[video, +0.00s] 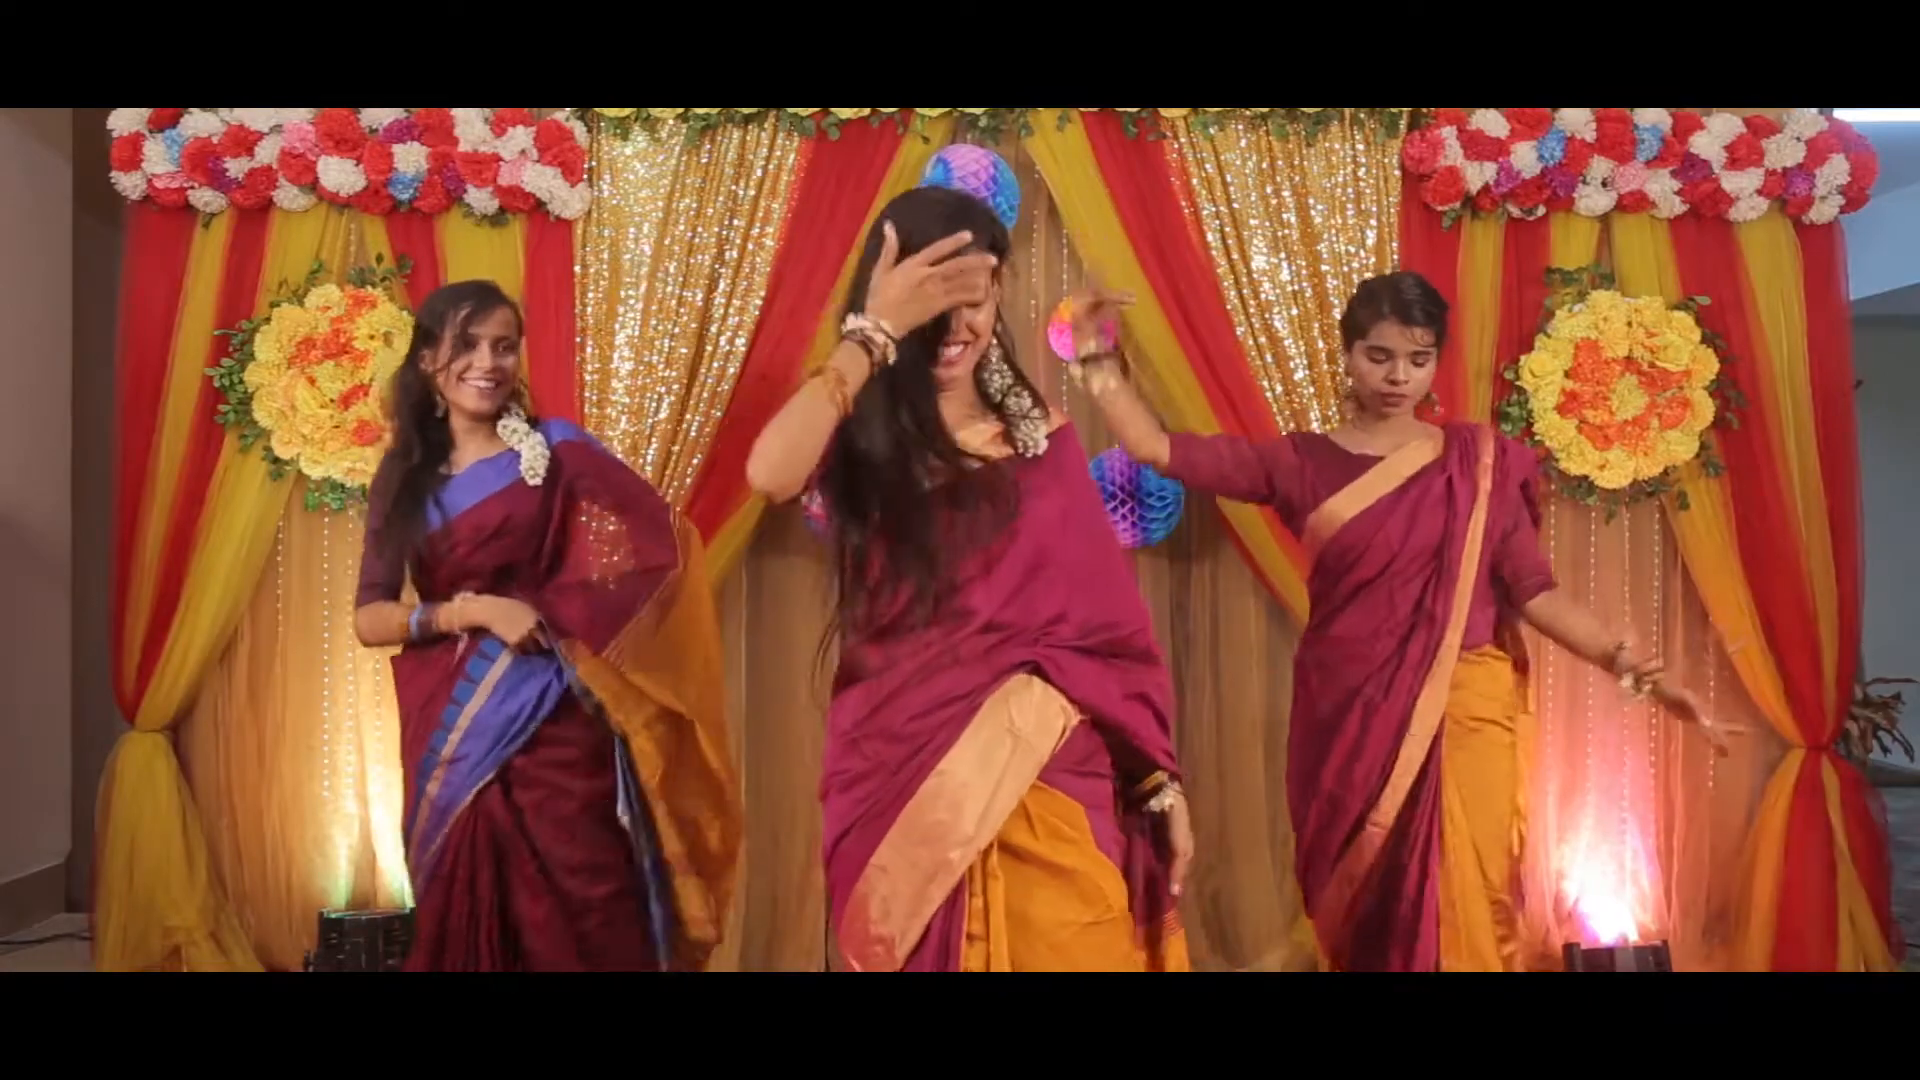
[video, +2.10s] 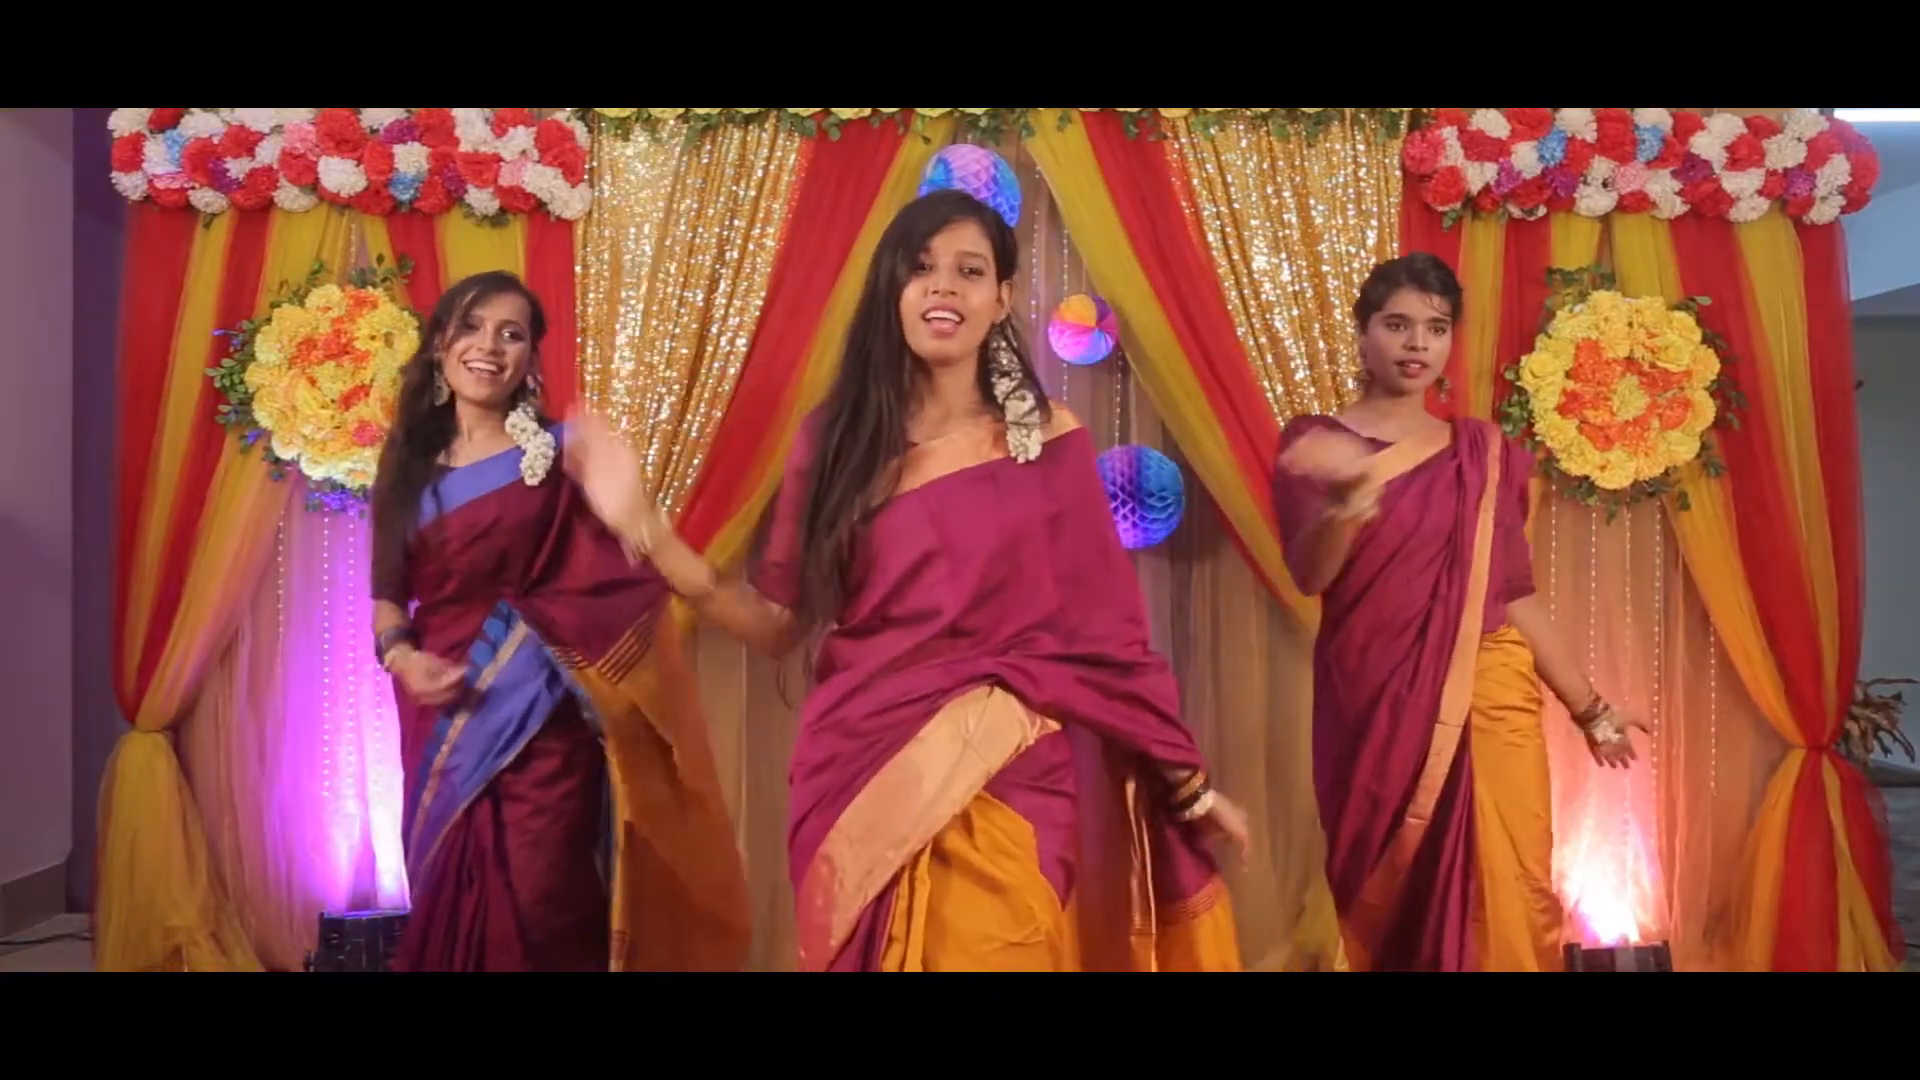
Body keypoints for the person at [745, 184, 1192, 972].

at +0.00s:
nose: (954, 324)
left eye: (973, 298)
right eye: (933, 301)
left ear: (997, 299)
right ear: (889, 307)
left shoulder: (1041, 429)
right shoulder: (863, 434)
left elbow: (1107, 614)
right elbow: (770, 472)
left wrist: (1155, 775)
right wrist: (876, 332)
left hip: (1059, 780)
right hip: (907, 789)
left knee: (1084, 956)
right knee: (914, 958)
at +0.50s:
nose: (939, 299)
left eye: (961, 278)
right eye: (911, 279)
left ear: (991, 302)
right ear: (871, 308)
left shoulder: (1048, 432)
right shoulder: (846, 442)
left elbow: (1119, 628)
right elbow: (703, 553)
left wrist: (1168, 791)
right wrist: (764, 380)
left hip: (1029, 788)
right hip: (870, 788)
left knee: (1023, 956)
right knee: (868, 959)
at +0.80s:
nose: (936, 273)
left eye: (965, 263)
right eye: (917, 252)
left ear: (991, 302)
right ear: (879, 274)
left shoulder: (1027, 427)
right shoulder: (823, 422)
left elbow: (1096, 609)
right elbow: (645, 484)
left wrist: (1205, 735)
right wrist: (659, 341)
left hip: (1032, 754)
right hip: (877, 756)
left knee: (1013, 949)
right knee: (878, 954)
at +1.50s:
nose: (944, 291)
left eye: (970, 277)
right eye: (921, 271)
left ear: (995, 305)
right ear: (880, 291)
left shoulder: (1048, 437)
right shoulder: (844, 431)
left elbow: (1128, 621)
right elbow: (638, 375)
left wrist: (1248, 707)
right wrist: (617, 220)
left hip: (1022, 759)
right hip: (875, 757)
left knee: (1005, 949)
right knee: (868, 953)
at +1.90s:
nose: (946, 281)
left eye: (972, 265)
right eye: (924, 260)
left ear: (1004, 295)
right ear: (888, 286)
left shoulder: (1044, 433)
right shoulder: (841, 421)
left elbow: (1107, 622)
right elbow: (633, 451)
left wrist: (1225, 752)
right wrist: (652, 275)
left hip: (1025, 754)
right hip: (875, 755)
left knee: (1019, 948)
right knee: (883, 955)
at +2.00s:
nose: (944, 285)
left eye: (972, 267)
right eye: (922, 264)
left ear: (1004, 296)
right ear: (892, 285)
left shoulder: (1044, 433)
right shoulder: (840, 427)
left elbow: (1109, 626)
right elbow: (678, 548)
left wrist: (1211, 763)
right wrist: (627, 385)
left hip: (1024, 757)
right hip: (871, 757)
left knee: (1007, 953)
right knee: (875, 956)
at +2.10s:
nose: (943, 290)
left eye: (969, 272)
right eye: (922, 268)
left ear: (1003, 301)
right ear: (889, 289)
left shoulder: (1048, 436)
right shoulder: (834, 439)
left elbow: (1109, 631)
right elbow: (772, 619)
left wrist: (1186, 782)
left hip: (1020, 764)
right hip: (866, 763)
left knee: (998, 952)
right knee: (864, 956)